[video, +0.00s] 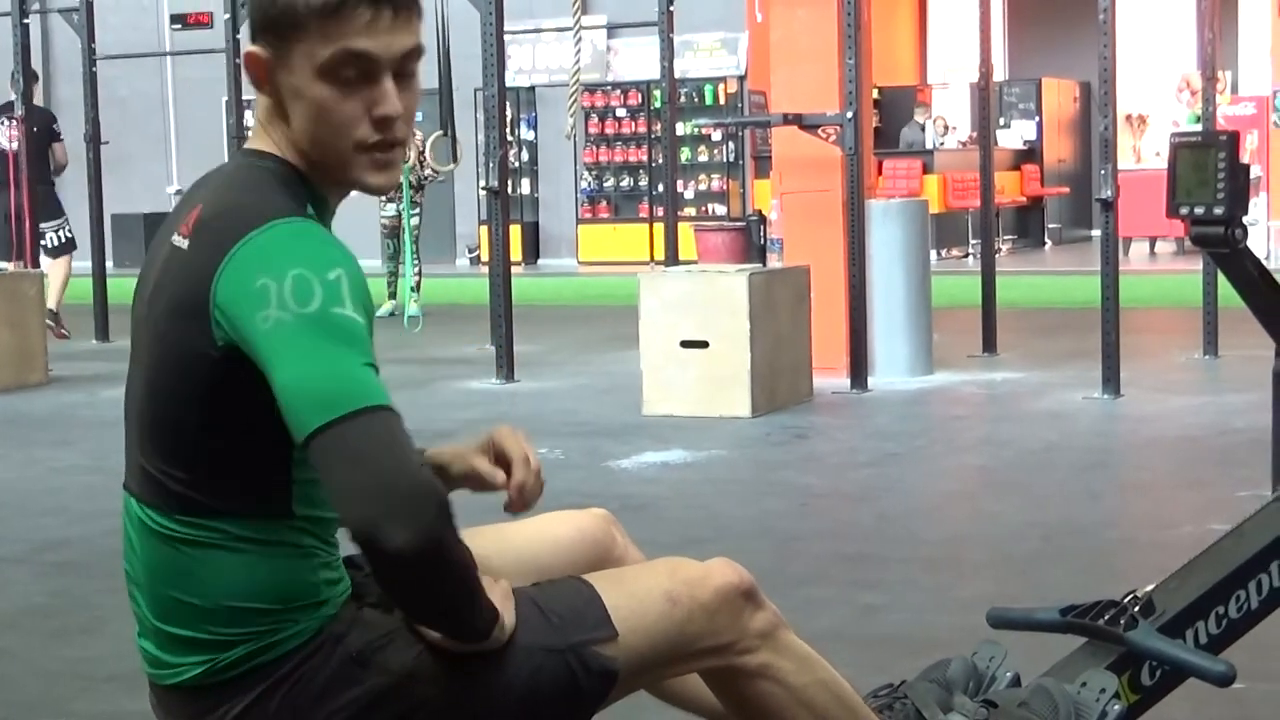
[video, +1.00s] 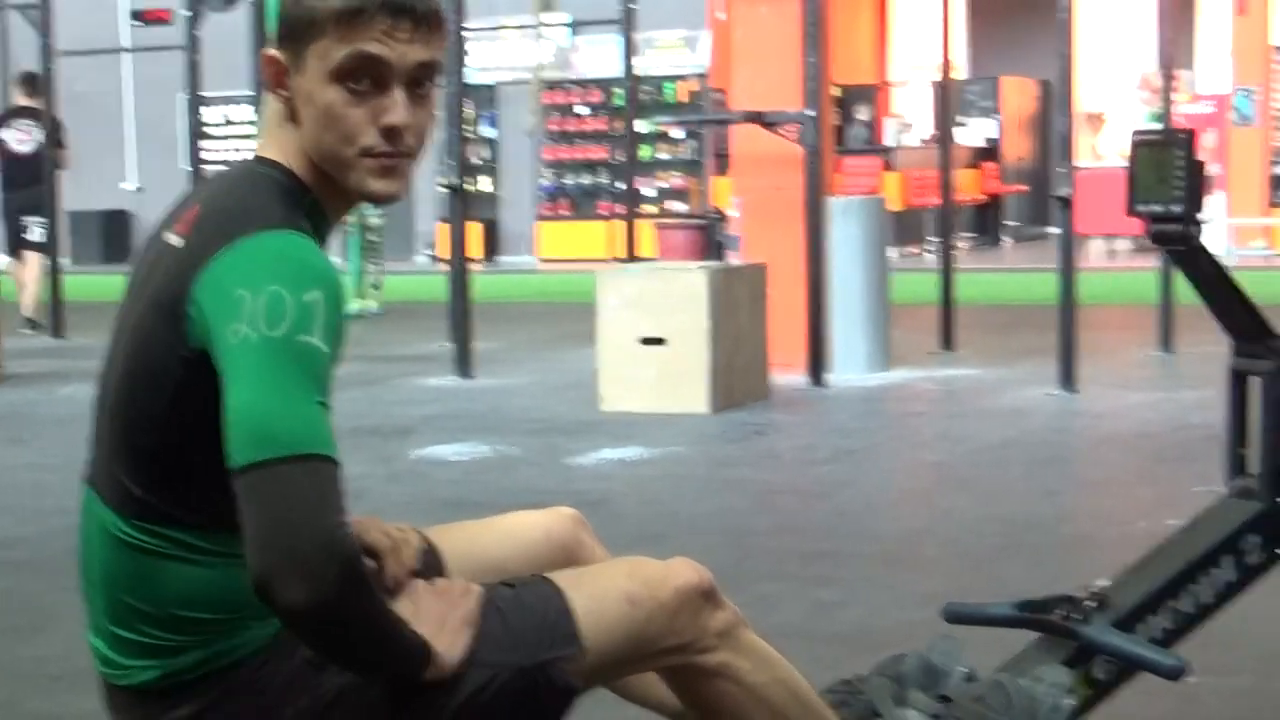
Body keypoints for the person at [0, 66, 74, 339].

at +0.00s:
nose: (38, 89)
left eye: (35, 84)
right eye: (37, 84)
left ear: (11, 86)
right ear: (34, 86)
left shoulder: (1, 113)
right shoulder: (44, 116)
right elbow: (61, 160)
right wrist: (50, 175)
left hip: (6, 195)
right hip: (39, 194)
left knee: (13, 261)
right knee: (62, 253)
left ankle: (16, 322)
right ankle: (52, 309)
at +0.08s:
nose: (38, 90)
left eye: (35, 85)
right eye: (37, 85)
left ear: (12, 86)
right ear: (34, 87)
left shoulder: (2, 114)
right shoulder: (43, 117)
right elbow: (63, 162)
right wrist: (62, 173)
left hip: (7, 198)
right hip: (39, 196)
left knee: (13, 263)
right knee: (62, 257)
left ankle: (15, 324)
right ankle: (57, 316)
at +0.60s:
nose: (50, 97)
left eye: (46, 92)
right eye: (61, 93)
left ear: (43, 92)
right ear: (67, 94)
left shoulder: (21, 119)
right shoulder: (72, 124)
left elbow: (12, 155)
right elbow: (84, 165)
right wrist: (65, 161)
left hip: (31, 201)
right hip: (64, 202)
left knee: (26, 265)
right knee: (68, 260)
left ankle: (21, 324)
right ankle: (68, 322)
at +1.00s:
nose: (16, 95)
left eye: (16, 91)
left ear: (18, 91)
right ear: (41, 92)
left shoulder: (6, 117)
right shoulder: (50, 122)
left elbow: (4, 155)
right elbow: (62, 159)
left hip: (10, 194)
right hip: (38, 194)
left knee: (15, 256)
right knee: (34, 254)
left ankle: (27, 306)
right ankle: (28, 313)